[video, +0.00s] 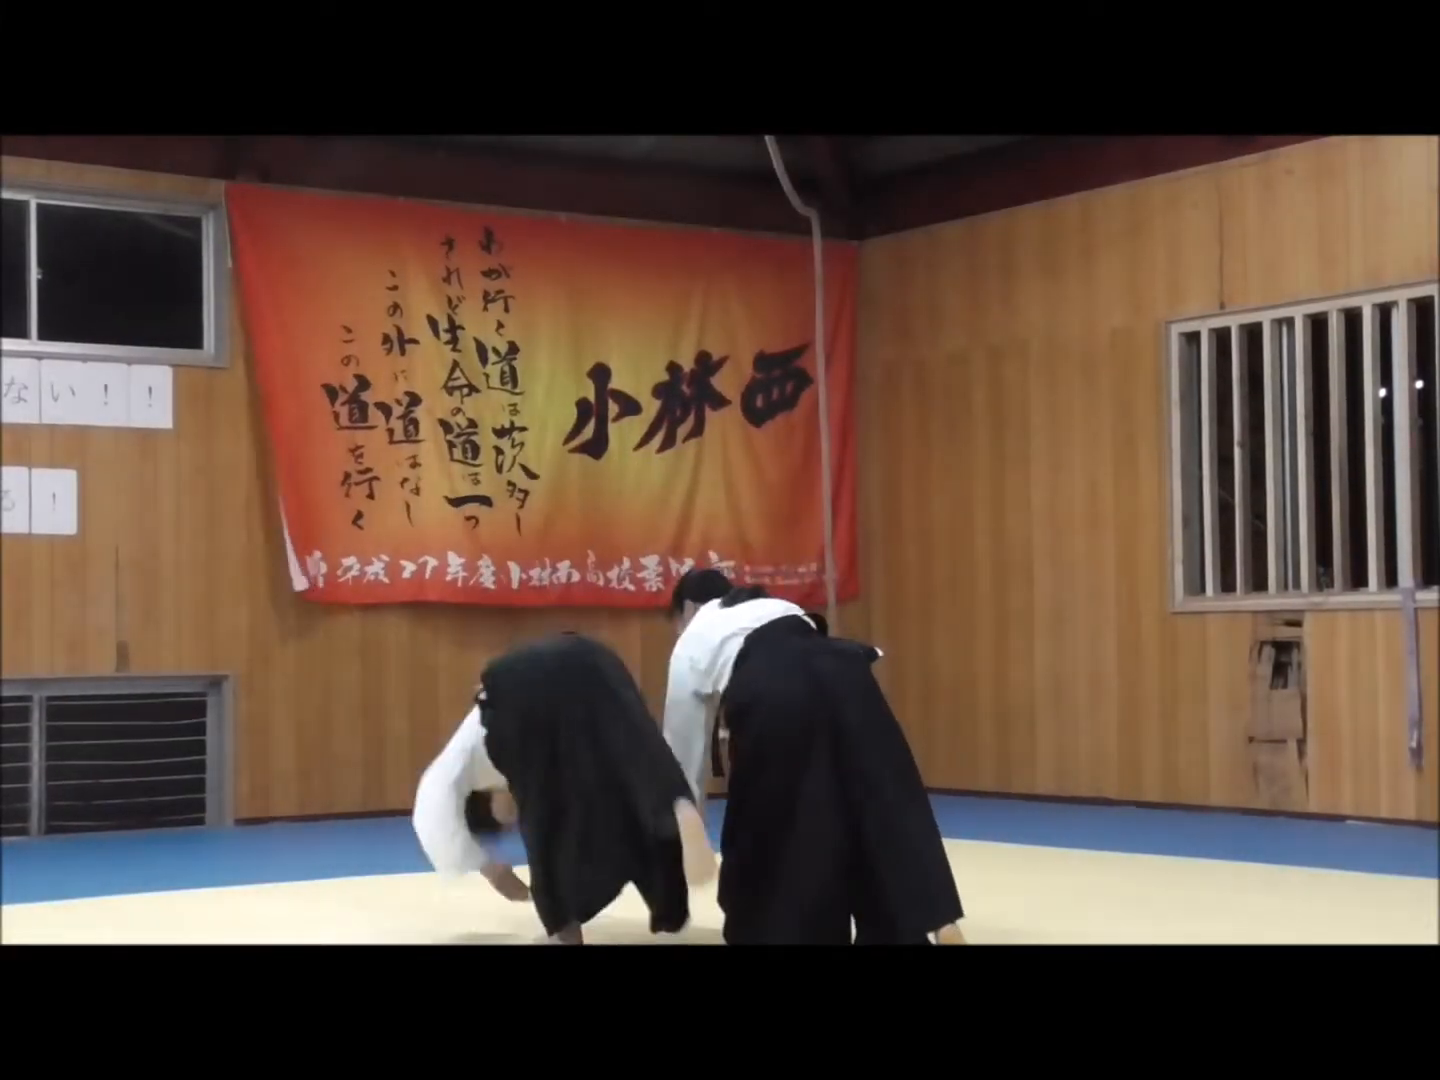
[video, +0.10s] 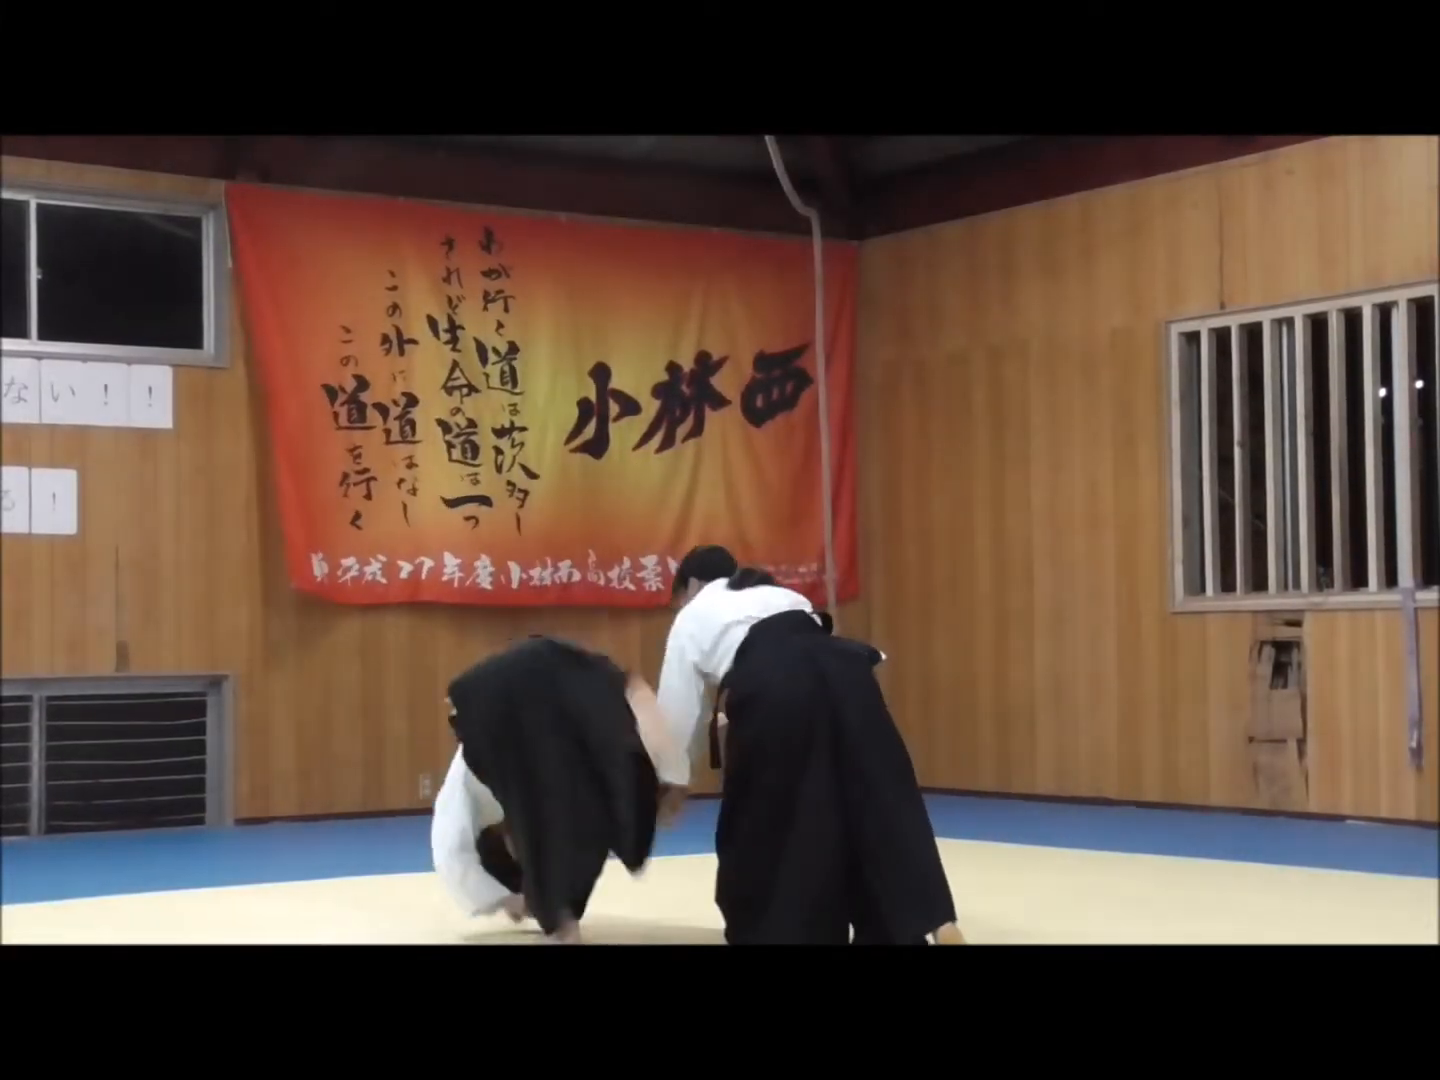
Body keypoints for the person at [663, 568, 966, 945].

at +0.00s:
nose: (678, 631)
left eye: (677, 621)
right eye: (677, 623)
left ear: (689, 609)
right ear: (728, 595)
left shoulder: (695, 640)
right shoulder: (772, 606)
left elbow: (683, 751)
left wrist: (686, 832)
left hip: (777, 697)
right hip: (847, 680)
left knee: (770, 826)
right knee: (892, 798)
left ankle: (764, 928)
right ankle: (945, 923)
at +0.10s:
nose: (679, 609)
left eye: (680, 599)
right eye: (678, 600)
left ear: (691, 586)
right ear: (733, 576)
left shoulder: (692, 618)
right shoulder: (773, 593)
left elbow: (679, 711)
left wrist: (674, 782)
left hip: (774, 689)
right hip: (846, 674)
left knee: (761, 817)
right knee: (887, 791)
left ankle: (757, 929)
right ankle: (942, 920)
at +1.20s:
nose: (878, 477)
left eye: (880, 467)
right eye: (877, 467)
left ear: (899, 467)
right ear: (936, 465)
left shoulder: (892, 522)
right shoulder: (977, 522)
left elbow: (835, 588)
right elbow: (991, 596)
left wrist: (790, 568)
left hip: (919, 674)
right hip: (990, 672)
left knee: (871, 795)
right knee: (964, 805)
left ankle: (866, 926)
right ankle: (950, 929)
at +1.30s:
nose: (891, 471)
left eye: (892, 461)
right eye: (890, 461)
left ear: (912, 461)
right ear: (949, 459)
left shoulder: (902, 519)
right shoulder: (993, 517)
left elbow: (859, 591)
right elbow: (1010, 594)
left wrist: (808, 585)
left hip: (935, 664)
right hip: (1008, 663)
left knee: (894, 793)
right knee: (978, 802)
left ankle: (880, 925)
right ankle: (959, 929)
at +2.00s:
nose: (962, 448)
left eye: (964, 437)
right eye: (962, 437)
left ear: (987, 437)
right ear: (1020, 435)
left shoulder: (991, 503)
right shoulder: (1068, 493)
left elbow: (970, 597)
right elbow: (1088, 581)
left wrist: (950, 687)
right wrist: (1088, 645)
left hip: (1023, 664)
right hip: (1087, 660)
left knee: (1007, 808)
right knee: (1079, 806)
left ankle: (1015, 928)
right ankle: (1077, 928)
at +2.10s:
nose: (972, 449)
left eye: (974, 438)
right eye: (971, 438)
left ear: (997, 438)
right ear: (1032, 436)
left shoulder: (998, 504)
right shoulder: (1080, 496)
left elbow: (976, 597)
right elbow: (1098, 588)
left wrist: (956, 684)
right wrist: (1095, 651)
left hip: (1028, 667)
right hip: (1093, 663)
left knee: (1011, 812)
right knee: (1087, 809)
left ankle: (1014, 930)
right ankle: (1086, 930)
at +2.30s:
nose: (990, 448)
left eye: (993, 437)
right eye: (990, 437)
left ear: (1014, 438)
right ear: (1055, 435)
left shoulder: (1008, 505)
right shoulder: (1101, 501)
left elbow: (981, 596)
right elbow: (1118, 591)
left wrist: (957, 682)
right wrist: (1114, 654)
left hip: (1038, 667)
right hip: (1108, 662)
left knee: (1015, 808)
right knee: (1097, 808)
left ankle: (1011, 928)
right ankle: (1097, 930)